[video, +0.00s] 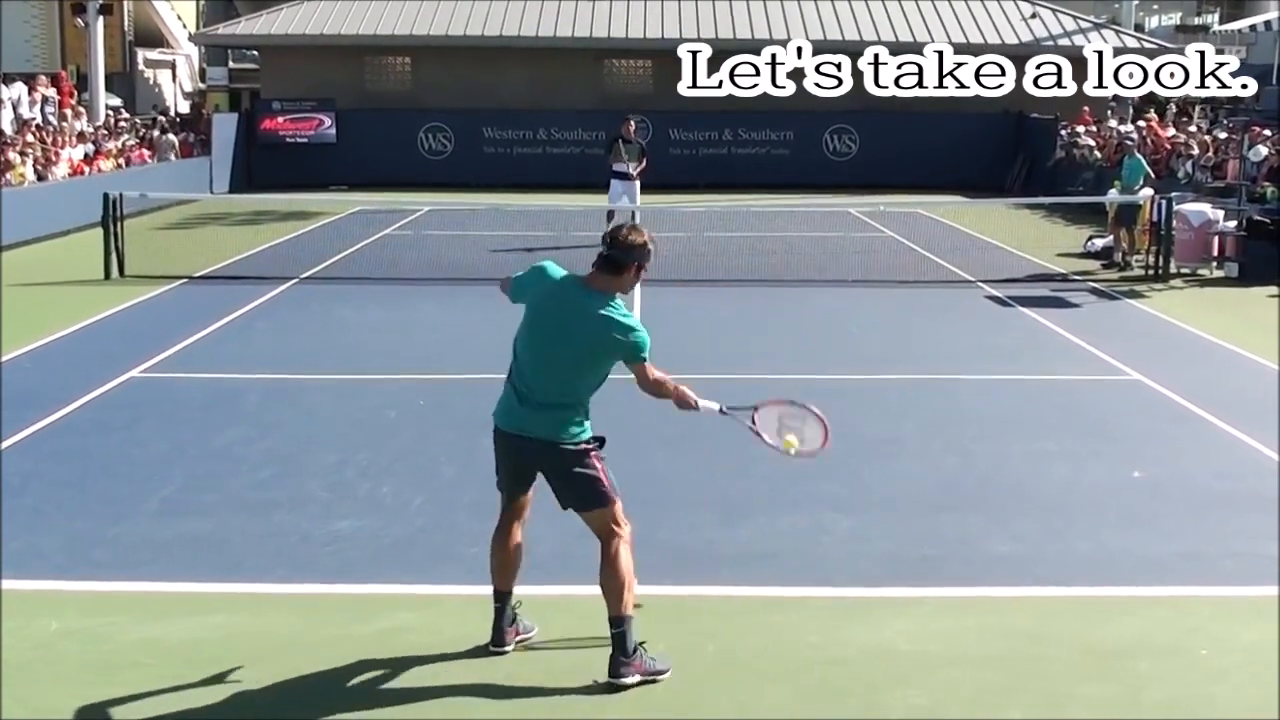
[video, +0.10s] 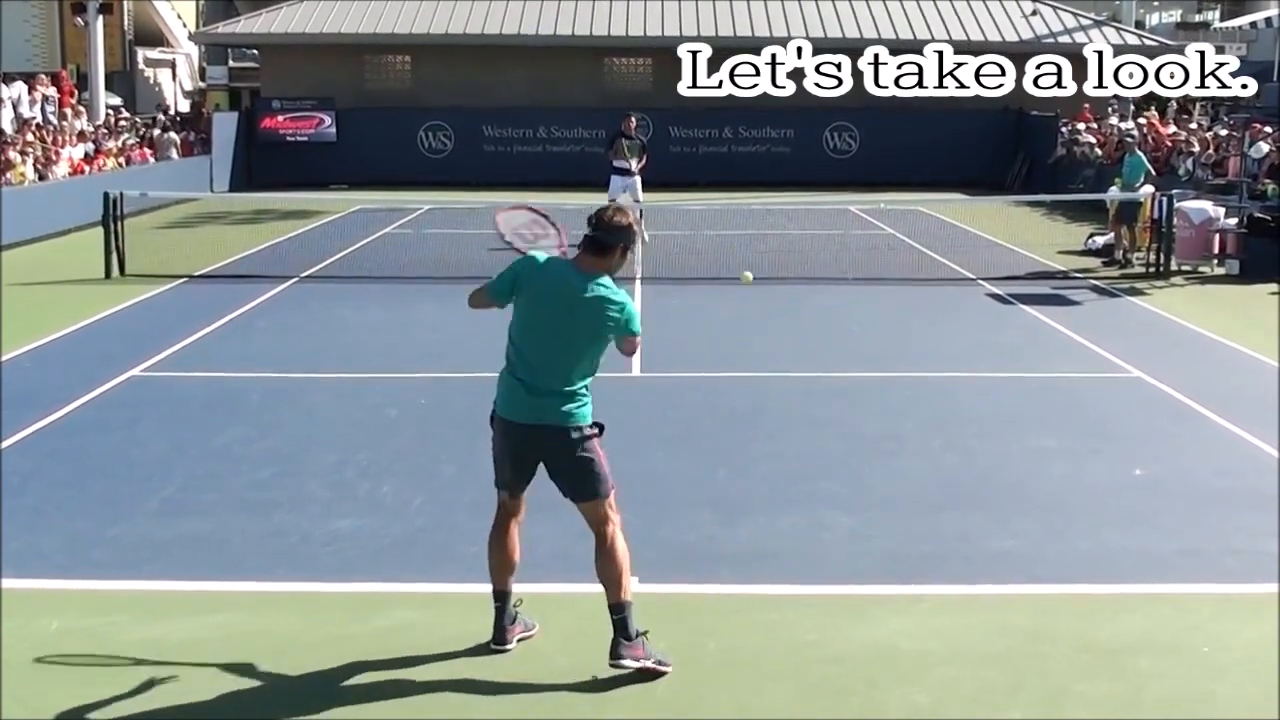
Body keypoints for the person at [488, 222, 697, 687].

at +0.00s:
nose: (642, 277)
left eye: (643, 270)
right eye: (643, 271)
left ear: (601, 256)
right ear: (632, 272)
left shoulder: (545, 276)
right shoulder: (623, 327)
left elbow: (507, 287)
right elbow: (647, 378)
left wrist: (560, 294)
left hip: (510, 429)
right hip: (565, 439)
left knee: (511, 514)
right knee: (615, 534)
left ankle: (502, 624)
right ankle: (625, 656)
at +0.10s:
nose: (626, 260)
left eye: (626, 253)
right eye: (628, 253)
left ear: (585, 237)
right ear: (622, 253)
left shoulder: (531, 267)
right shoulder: (613, 300)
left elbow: (477, 300)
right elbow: (629, 346)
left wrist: (523, 285)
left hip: (512, 418)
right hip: (568, 425)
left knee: (508, 511)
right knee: (606, 526)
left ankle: (503, 623)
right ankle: (626, 640)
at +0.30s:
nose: (600, 223)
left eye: (595, 216)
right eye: (600, 218)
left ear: (554, 217)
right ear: (594, 223)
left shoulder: (525, 263)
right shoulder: (603, 264)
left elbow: (494, 331)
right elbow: (551, 250)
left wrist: (469, 287)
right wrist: (488, 240)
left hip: (519, 405)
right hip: (576, 403)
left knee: (510, 507)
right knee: (601, 506)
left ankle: (505, 617)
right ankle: (621, 612)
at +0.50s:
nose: (539, 214)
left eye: (537, 207)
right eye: (565, 207)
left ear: (532, 212)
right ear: (573, 214)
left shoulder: (534, 259)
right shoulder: (587, 256)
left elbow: (536, 333)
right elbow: (524, 278)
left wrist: (475, 313)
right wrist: (477, 272)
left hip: (534, 406)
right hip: (586, 400)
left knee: (517, 506)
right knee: (612, 498)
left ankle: (510, 613)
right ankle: (645, 590)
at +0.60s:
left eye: (540, 201)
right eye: (571, 202)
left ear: (534, 207)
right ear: (574, 208)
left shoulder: (535, 256)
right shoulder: (594, 254)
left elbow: (544, 331)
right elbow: (556, 311)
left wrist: (485, 325)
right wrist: (490, 312)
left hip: (542, 400)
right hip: (594, 392)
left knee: (524, 504)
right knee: (623, 491)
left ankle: (513, 611)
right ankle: (663, 588)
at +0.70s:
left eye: (546, 202)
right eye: (575, 202)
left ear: (540, 207)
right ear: (581, 209)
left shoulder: (538, 255)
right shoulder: (605, 258)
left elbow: (543, 331)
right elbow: (591, 329)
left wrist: (489, 342)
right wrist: (523, 350)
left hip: (551, 400)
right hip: (605, 392)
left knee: (529, 503)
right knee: (633, 491)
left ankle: (514, 612)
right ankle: (673, 594)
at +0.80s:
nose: (561, 227)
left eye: (551, 222)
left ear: (552, 226)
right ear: (591, 224)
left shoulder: (542, 270)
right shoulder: (620, 275)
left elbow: (532, 343)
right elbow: (632, 350)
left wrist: (507, 363)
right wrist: (575, 359)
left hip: (560, 412)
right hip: (614, 409)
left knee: (529, 504)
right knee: (646, 500)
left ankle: (514, 611)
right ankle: (682, 604)